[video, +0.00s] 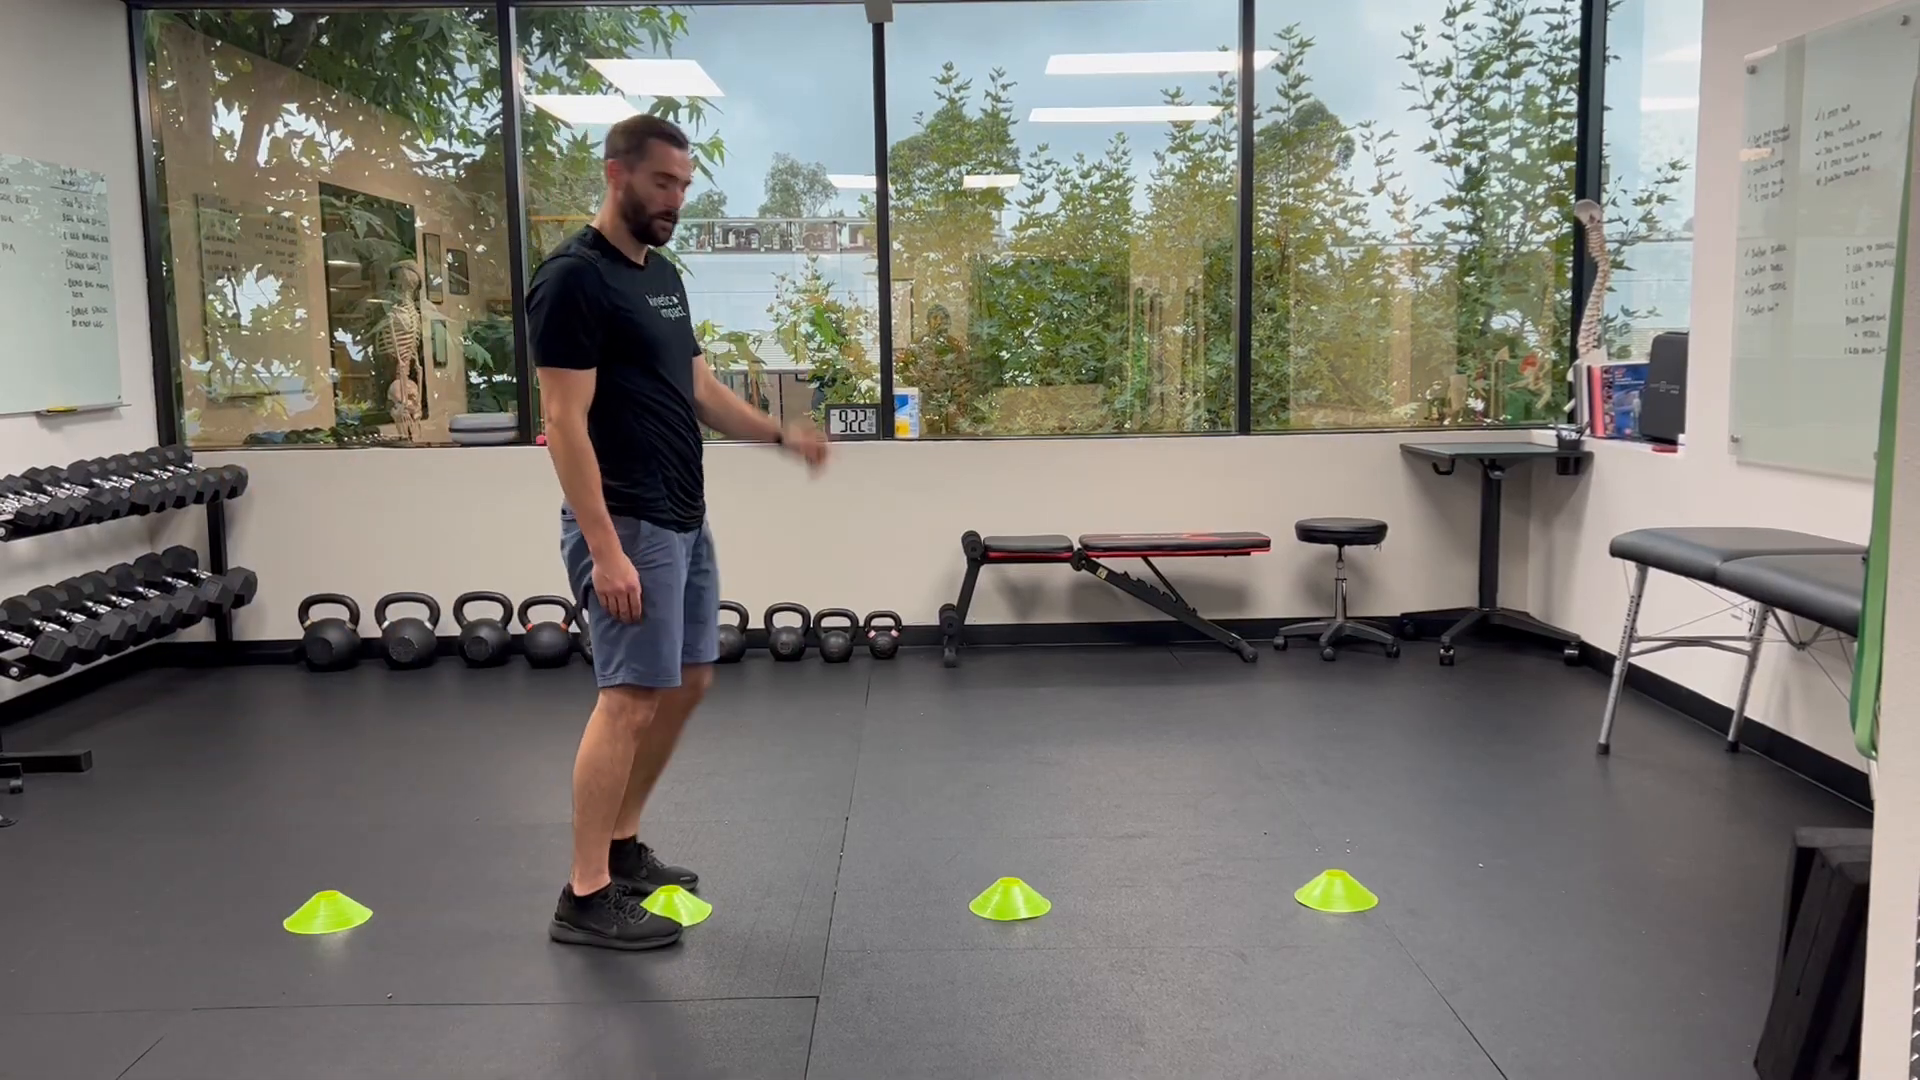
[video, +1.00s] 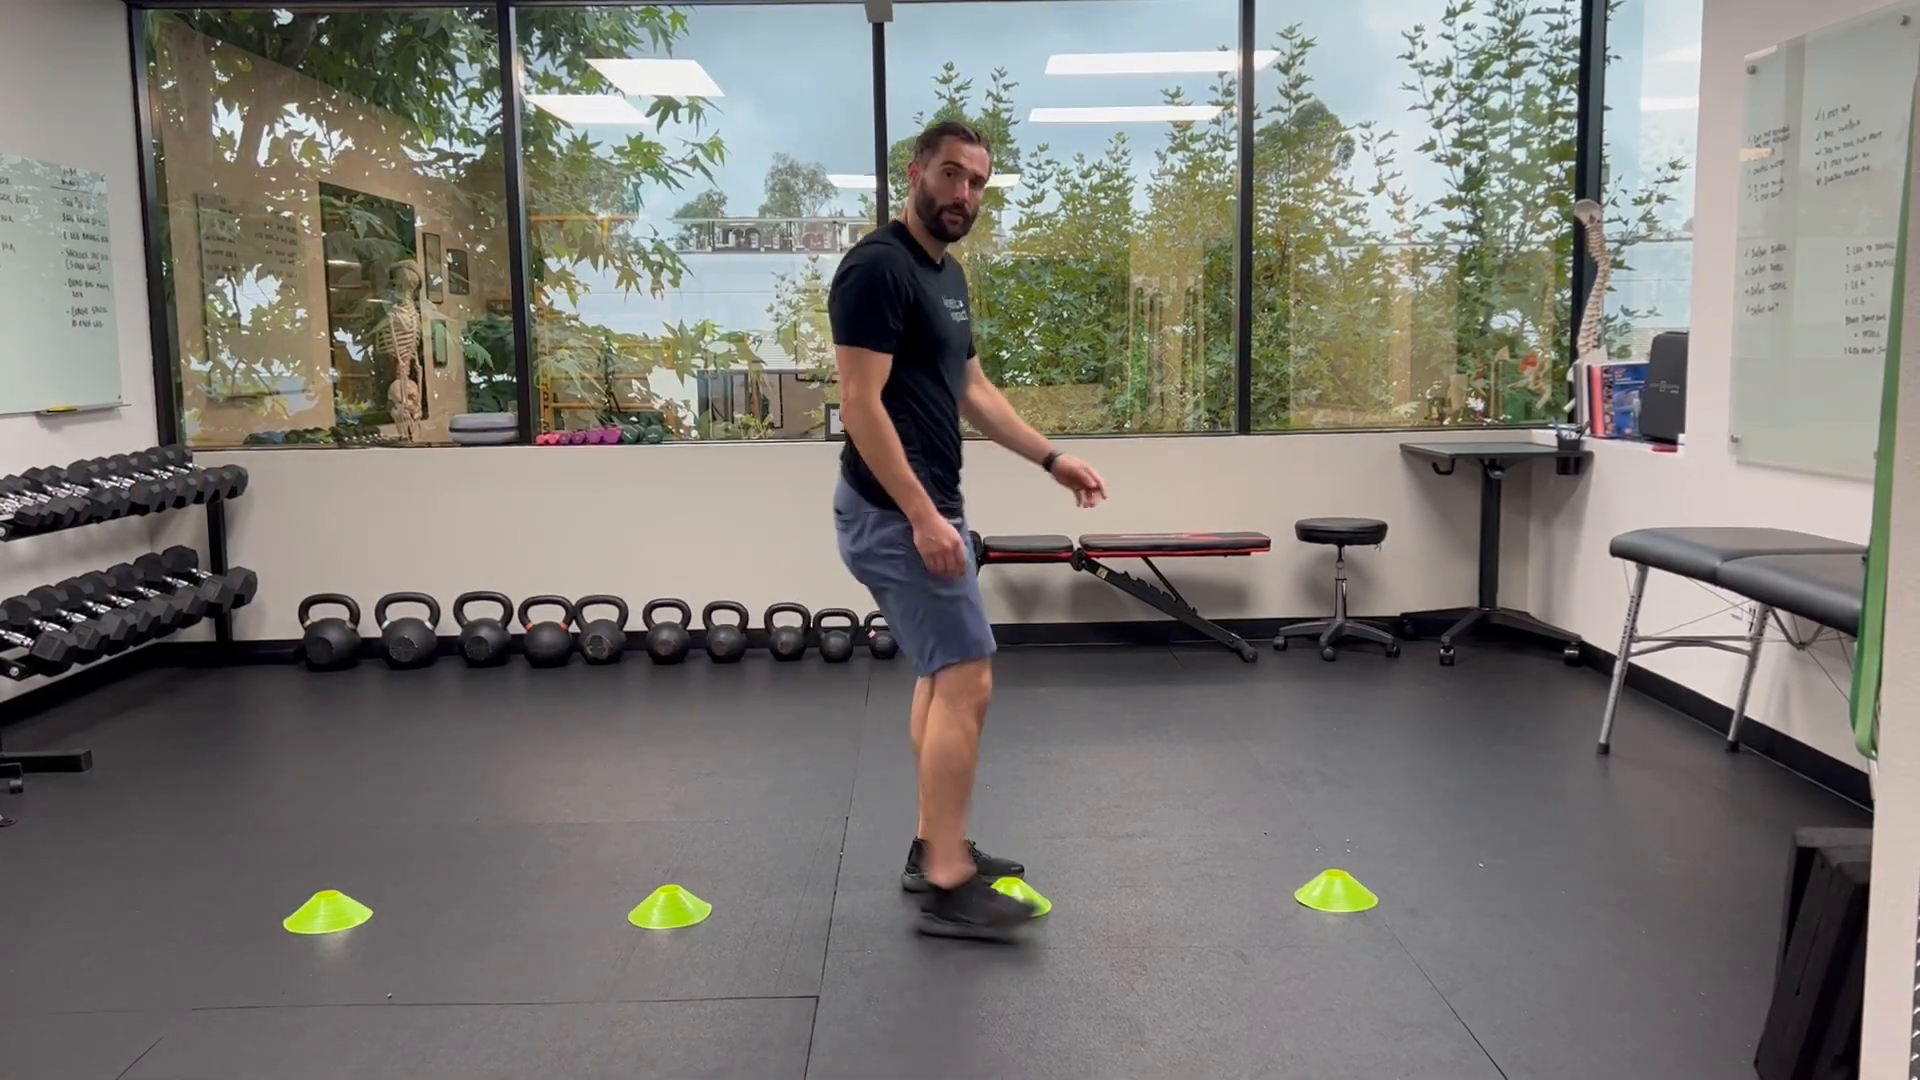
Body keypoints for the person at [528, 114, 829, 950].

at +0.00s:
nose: (675, 199)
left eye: (683, 186)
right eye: (663, 182)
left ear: (682, 188)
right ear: (615, 174)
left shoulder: (662, 276)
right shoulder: (573, 281)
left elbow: (697, 386)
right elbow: (564, 425)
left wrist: (778, 430)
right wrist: (605, 549)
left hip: (683, 522)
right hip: (623, 526)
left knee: (687, 680)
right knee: (629, 694)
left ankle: (616, 845)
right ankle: (585, 892)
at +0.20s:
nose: (738, 237)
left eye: (744, 224)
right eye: (733, 220)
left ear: (705, 202)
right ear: (686, 194)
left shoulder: (689, 273)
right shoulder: (610, 282)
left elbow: (685, 407)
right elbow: (591, 433)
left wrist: (715, 508)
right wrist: (627, 561)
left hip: (717, 519)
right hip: (656, 532)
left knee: (778, 657)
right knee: (644, 705)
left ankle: (714, 819)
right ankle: (587, 893)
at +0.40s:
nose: (814, 247)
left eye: (820, 234)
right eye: (812, 230)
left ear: (781, 211)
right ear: (769, 202)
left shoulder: (748, 282)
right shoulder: (694, 287)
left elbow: (726, 417)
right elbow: (660, 428)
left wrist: (662, 499)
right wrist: (676, 563)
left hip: (759, 526)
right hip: (702, 535)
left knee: (820, 669)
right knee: (664, 707)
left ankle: (896, 818)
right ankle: (588, 891)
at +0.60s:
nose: (910, 277)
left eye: (918, 265)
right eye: (910, 259)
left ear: (876, 235)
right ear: (872, 231)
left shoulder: (828, 302)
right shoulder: (798, 307)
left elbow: (797, 435)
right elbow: (751, 440)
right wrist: (772, 570)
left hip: (832, 543)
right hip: (779, 553)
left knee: (894, 671)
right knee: (720, 712)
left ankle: (936, 844)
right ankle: (600, 878)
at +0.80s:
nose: (964, 223)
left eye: (975, 212)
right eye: (956, 201)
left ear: (970, 216)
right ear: (912, 187)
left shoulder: (905, 283)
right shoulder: (860, 274)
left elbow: (901, 413)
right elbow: (825, 406)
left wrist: (956, 496)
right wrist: (867, 528)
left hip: (892, 510)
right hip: (840, 516)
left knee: (924, 672)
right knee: (895, 688)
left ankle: (935, 844)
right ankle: (726, 805)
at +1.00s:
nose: (964, 193)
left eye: (977, 182)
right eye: (952, 173)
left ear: (980, 194)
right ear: (913, 173)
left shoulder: (947, 277)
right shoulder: (875, 270)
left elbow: (972, 389)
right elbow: (859, 403)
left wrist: (1051, 457)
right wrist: (922, 514)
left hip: (929, 508)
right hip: (894, 513)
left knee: (941, 681)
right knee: (967, 684)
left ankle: (937, 851)